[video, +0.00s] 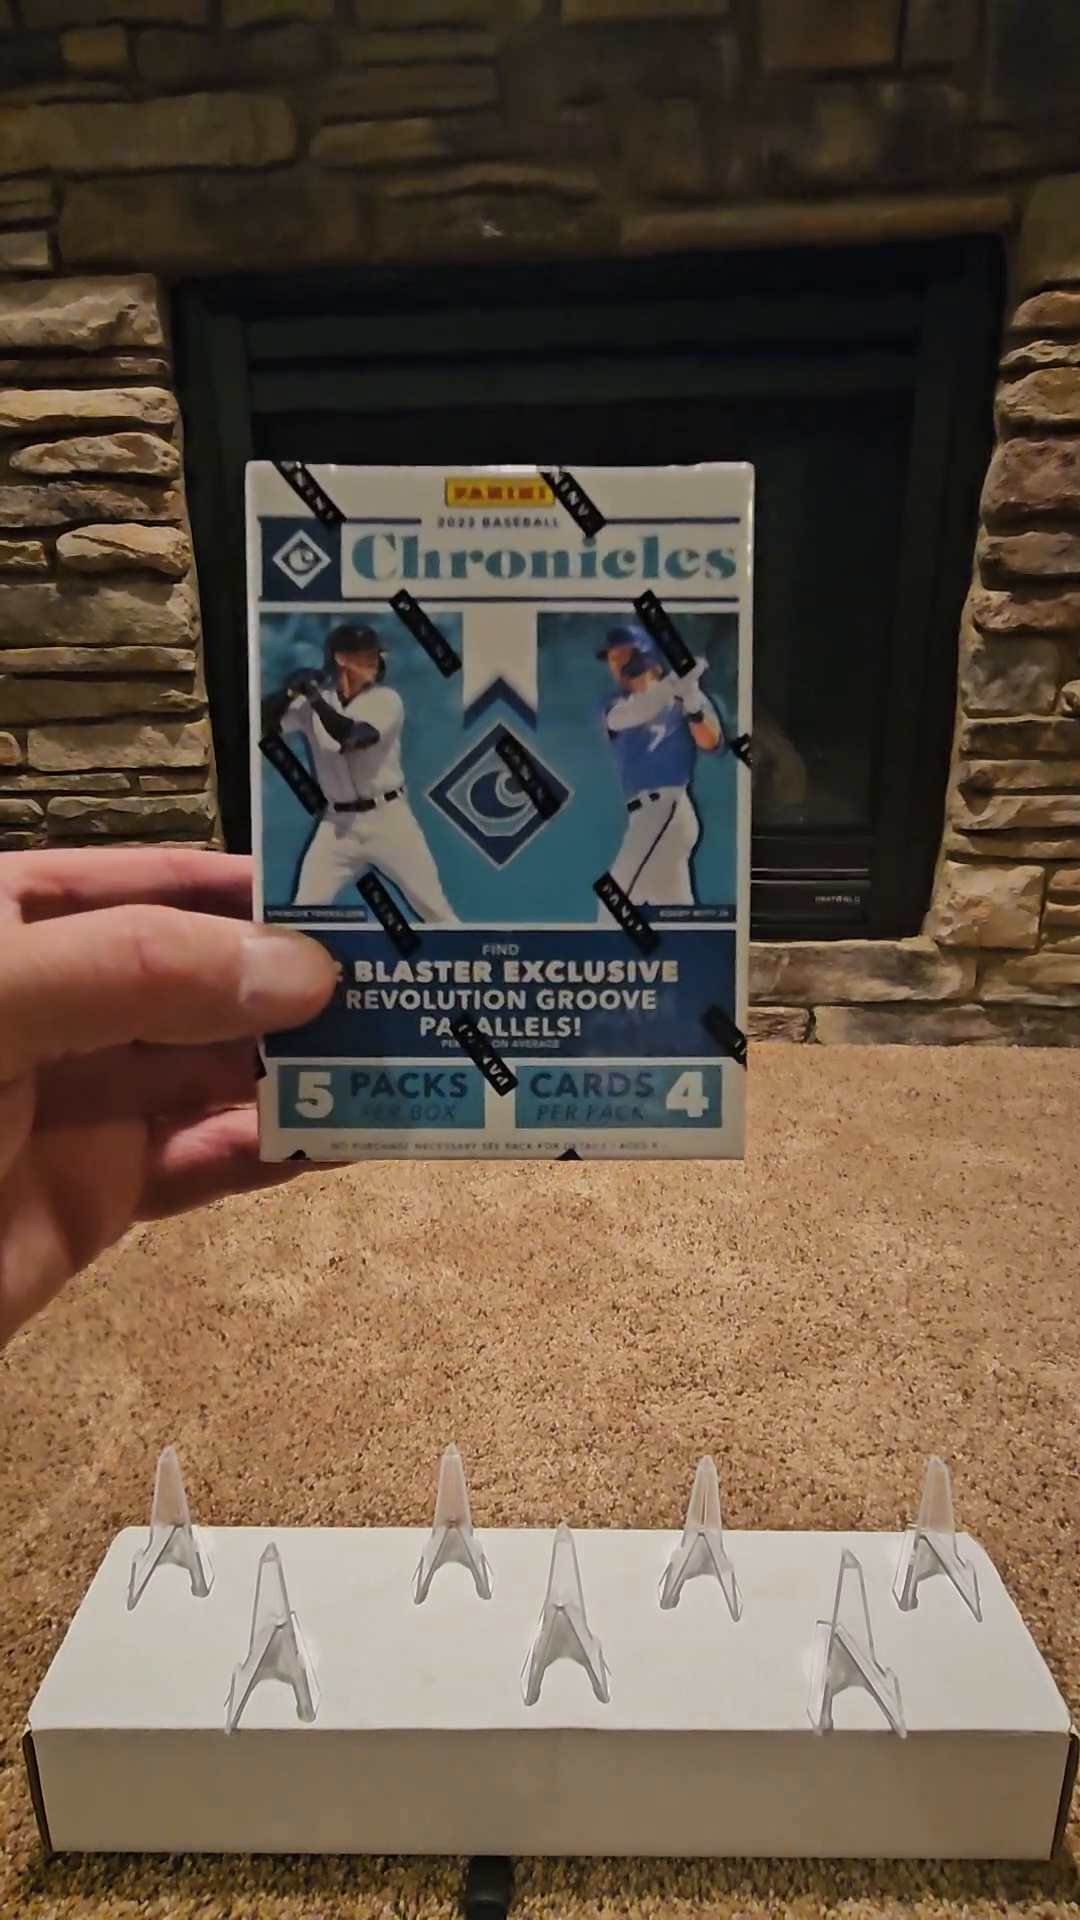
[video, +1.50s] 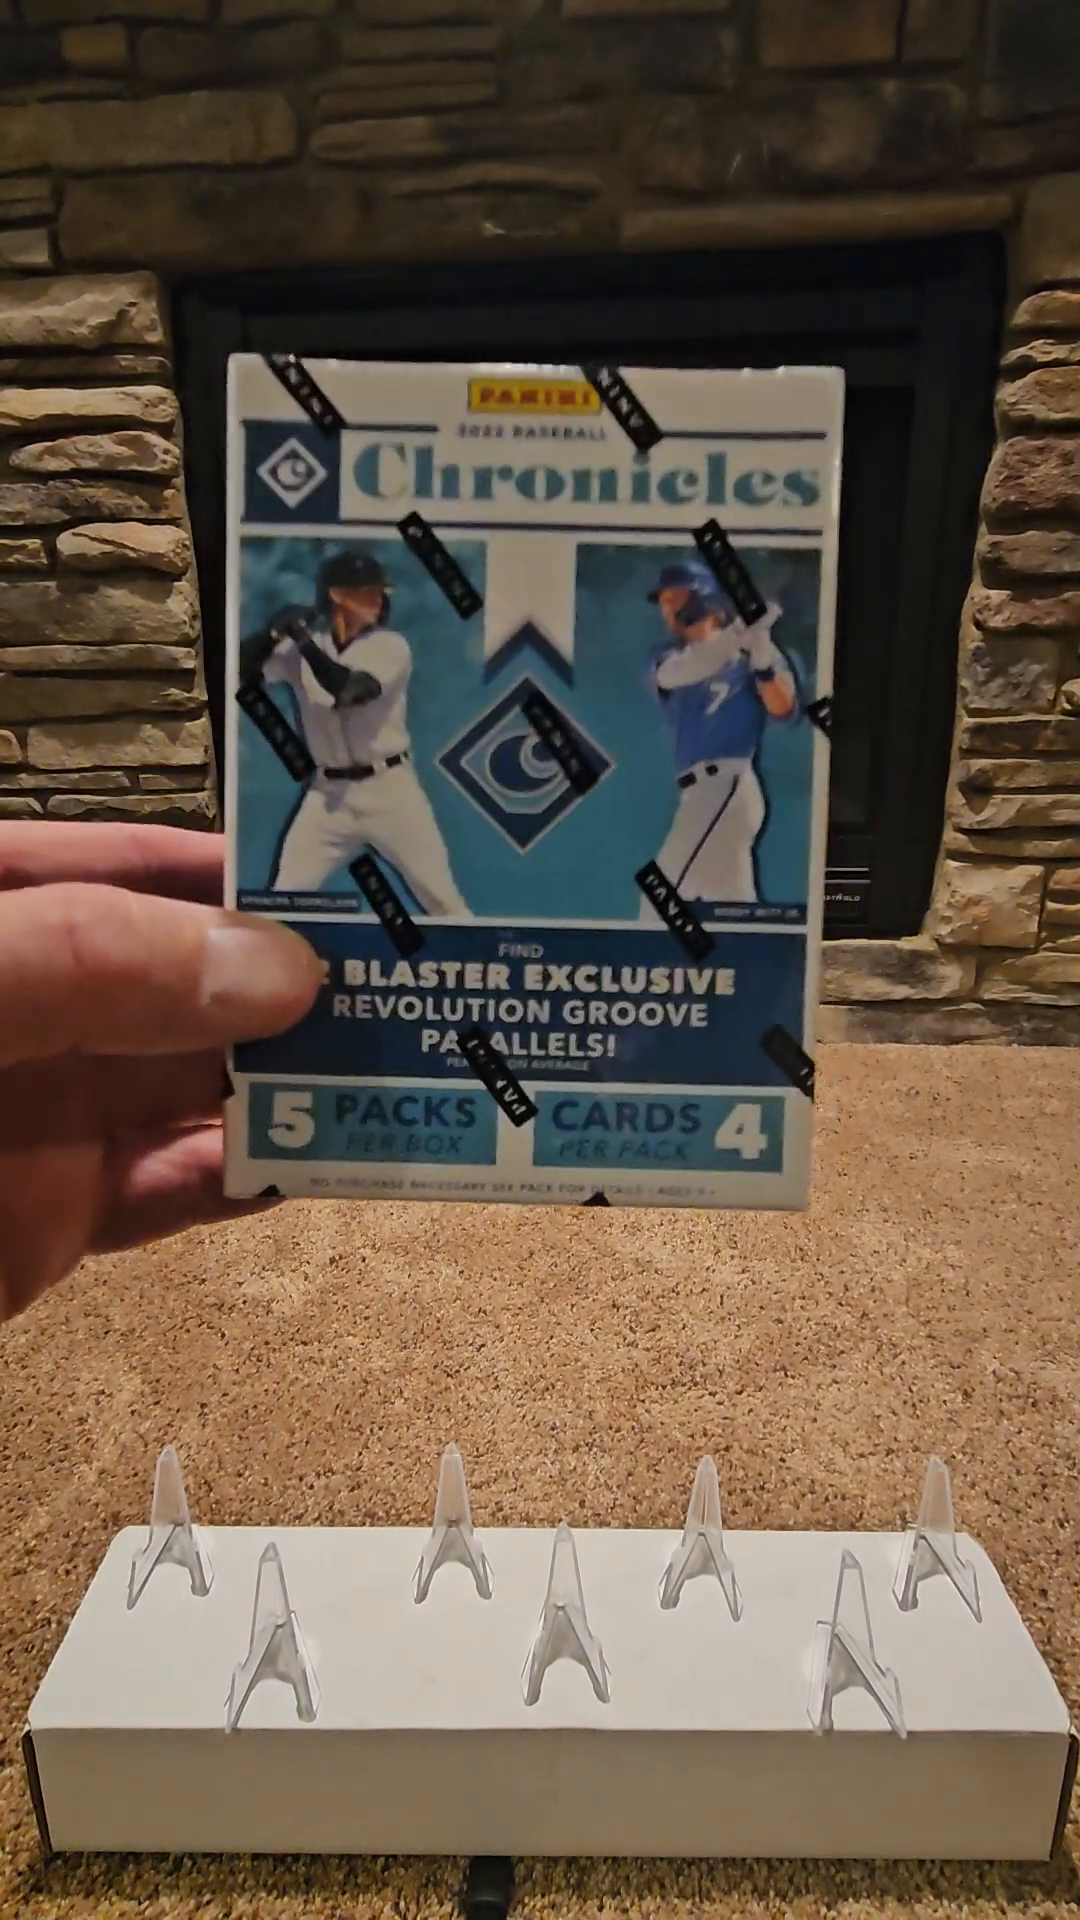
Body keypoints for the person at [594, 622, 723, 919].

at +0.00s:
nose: (617, 665)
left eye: (624, 655)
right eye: (612, 658)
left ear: (645, 657)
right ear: (608, 664)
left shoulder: (684, 696)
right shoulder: (612, 706)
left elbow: (711, 743)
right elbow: (632, 715)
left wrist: (692, 699)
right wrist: (671, 684)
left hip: (668, 811)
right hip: (643, 815)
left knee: (615, 904)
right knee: (676, 915)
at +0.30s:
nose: (600, 614)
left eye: (608, 603)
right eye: (595, 605)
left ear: (629, 602)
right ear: (589, 610)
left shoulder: (670, 643)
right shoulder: (595, 655)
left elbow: (698, 696)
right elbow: (624, 658)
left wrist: (679, 648)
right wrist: (660, 627)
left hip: (652, 768)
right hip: (625, 771)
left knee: (594, 868)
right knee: (659, 880)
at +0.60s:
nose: (622, 558)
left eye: (630, 547)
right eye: (617, 550)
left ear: (656, 549)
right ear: (613, 556)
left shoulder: (699, 592)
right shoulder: (622, 606)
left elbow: (732, 649)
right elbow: (642, 614)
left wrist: (710, 594)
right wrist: (682, 583)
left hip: (682, 727)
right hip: (653, 731)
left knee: (621, 835)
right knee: (693, 848)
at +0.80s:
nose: (644, 525)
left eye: (653, 513)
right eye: (641, 516)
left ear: (681, 514)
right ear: (638, 521)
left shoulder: (735, 562)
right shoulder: (652, 575)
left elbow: (765, 621)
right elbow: (655, 590)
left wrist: (742, 562)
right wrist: (718, 546)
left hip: (711, 704)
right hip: (682, 709)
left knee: (647, 819)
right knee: (721, 833)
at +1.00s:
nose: (679, 509)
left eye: (688, 496)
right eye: (674, 500)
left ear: (717, 497)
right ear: (670, 506)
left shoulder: (769, 547)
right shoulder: (680, 562)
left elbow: (801, 609)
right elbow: (698, 572)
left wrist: (777, 546)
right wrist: (757, 528)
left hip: (744, 697)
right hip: (713, 702)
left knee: (676, 816)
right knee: (753, 832)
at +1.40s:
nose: (683, 554)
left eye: (692, 541)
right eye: (678, 545)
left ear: (719, 544)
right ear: (675, 555)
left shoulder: (763, 590)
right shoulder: (686, 607)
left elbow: (800, 651)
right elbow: (692, 620)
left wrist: (776, 589)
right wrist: (755, 576)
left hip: (746, 733)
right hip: (714, 737)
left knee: (680, 849)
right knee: (749, 863)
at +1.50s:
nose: (668, 609)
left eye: (676, 597)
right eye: (663, 601)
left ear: (705, 600)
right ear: (660, 608)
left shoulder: (754, 649)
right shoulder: (665, 660)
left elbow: (783, 708)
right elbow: (687, 670)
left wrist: (761, 650)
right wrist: (738, 632)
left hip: (728, 787)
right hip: (698, 792)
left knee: (661, 897)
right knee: (735, 913)